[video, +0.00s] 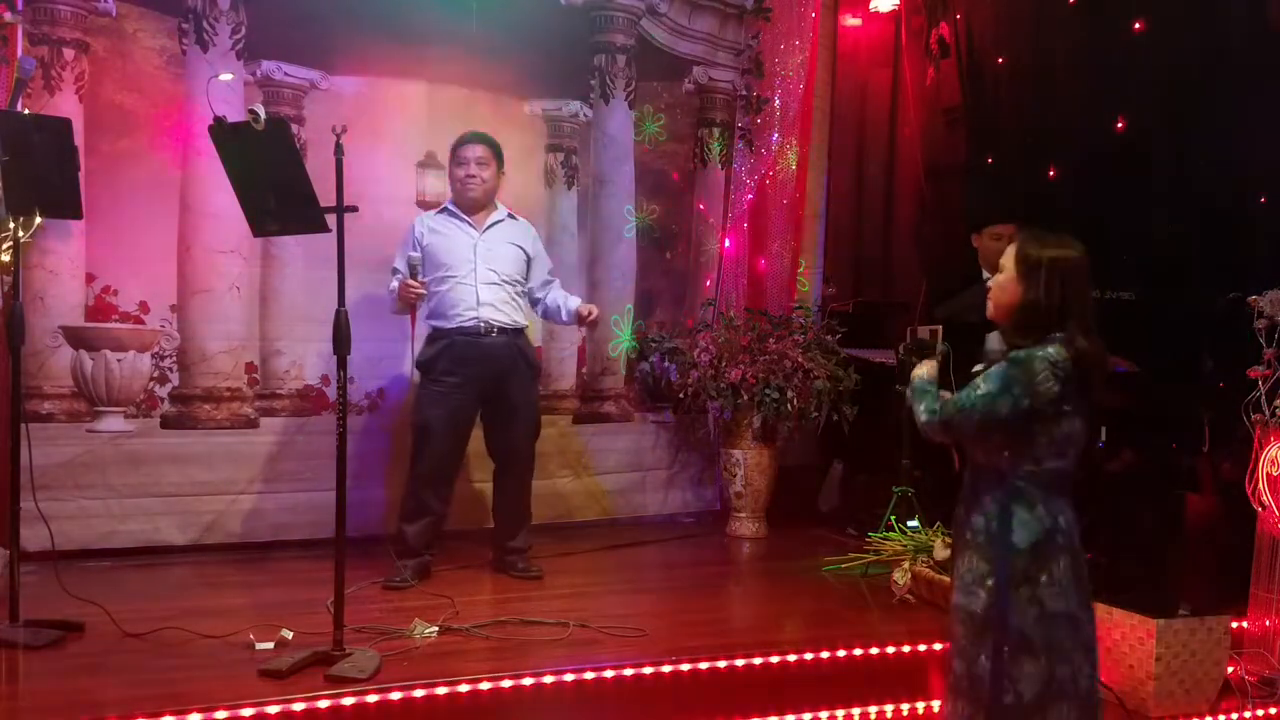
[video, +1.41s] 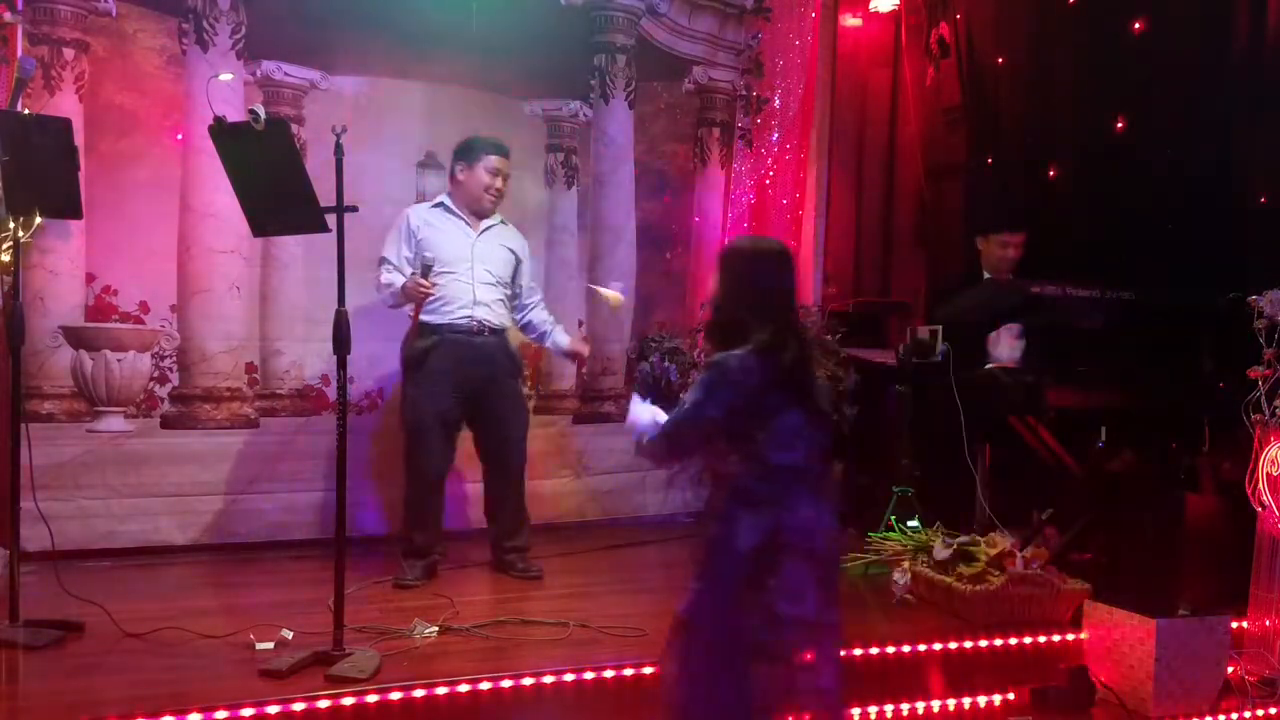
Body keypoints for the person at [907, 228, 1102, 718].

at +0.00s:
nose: (990, 282)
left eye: (1003, 275)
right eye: (996, 273)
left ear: (1037, 291)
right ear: (1043, 294)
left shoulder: (1030, 369)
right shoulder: (1064, 362)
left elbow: (938, 418)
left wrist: (921, 381)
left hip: (1010, 529)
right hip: (1046, 522)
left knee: (1004, 655)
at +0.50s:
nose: (949, 298)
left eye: (958, 286)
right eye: (952, 286)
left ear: (994, 293)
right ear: (994, 296)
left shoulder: (1009, 373)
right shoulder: (1019, 368)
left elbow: (935, 441)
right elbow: (949, 438)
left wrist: (885, 379)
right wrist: (891, 411)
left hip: (984, 560)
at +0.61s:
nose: (928, 299)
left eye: (937, 286)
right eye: (930, 286)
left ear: (972, 295)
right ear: (972, 298)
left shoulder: (995, 380)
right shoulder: (973, 374)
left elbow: (929, 450)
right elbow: (922, 442)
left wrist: (862, 417)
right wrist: (861, 412)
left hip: (978, 574)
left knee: (980, 696)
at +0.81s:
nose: (876, 298)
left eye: (885, 288)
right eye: (880, 287)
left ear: (913, 299)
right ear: (940, 299)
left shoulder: (922, 380)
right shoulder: (966, 369)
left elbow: (871, 456)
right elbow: (881, 441)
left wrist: (813, 444)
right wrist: (819, 418)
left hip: (912, 555)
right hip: (960, 546)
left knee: (891, 675)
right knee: (965, 666)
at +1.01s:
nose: (821, 302)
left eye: (829, 291)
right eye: (825, 290)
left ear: (853, 303)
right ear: (888, 302)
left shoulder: (855, 386)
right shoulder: (918, 374)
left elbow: (784, 447)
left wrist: (744, 423)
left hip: (860, 555)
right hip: (912, 545)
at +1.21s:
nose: (769, 301)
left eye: (776, 291)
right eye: (773, 289)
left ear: (790, 301)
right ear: (837, 301)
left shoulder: (782, 377)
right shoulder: (851, 371)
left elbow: (705, 426)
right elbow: (807, 452)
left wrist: (683, 397)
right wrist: (738, 456)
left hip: (787, 537)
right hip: (845, 531)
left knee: (770, 649)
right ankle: (894, 708)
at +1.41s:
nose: (715, 295)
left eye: (721, 284)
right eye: (719, 283)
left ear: (736, 293)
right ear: (783, 292)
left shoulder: (736, 369)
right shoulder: (807, 361)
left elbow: (674, 440)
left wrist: (646, 429)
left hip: (751, 532)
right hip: (810, 527)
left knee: (708, 646)